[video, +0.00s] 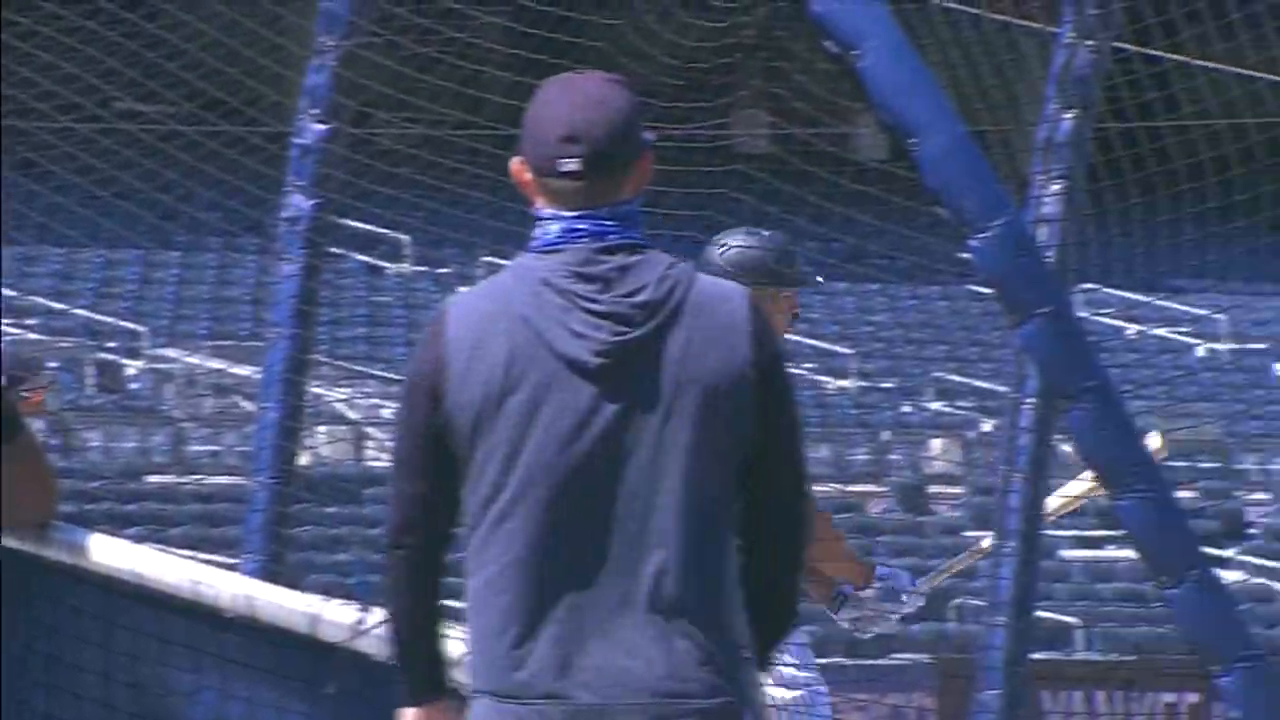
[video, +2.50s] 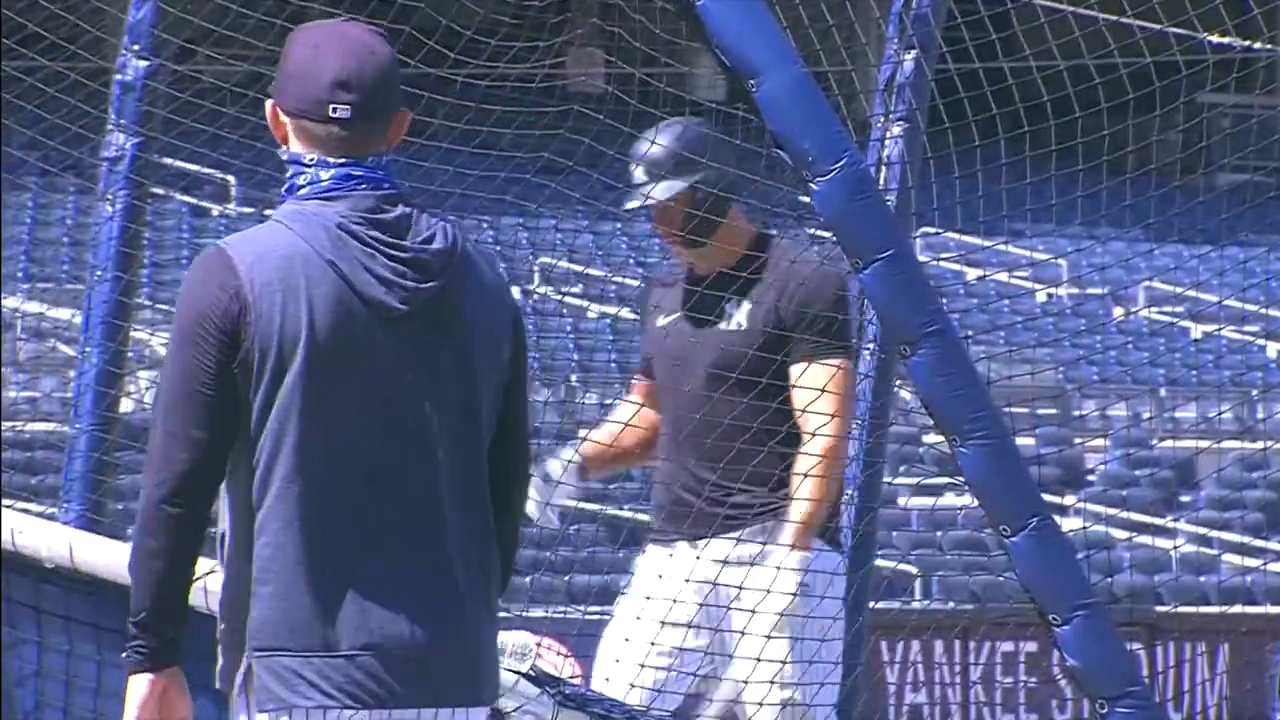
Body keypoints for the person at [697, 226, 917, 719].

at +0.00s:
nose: (794, 309)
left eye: (792, 297)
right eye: (787, 297)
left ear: (729, 299)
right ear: (757, 302)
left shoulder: (691, 372)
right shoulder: (748, 376)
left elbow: (756, 508)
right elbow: (791, 504)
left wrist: (832, 592)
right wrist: (867, 577)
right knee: (802, 704)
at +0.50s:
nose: (734, 308)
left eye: (731, 293)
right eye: (720, 295)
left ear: (680, 308)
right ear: (687, 308)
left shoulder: (658, 384)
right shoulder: (693, 391)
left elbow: (717, 524)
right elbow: (745, 520)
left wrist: (790, 616)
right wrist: (821, 601)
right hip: (678, 634)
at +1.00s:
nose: (819, 305)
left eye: (824, 289)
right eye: (800, 293)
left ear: (835, 289)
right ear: (759, 297)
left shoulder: (849, 388)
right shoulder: (718, 383)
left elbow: (864, 515)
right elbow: (722, 516)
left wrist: (852, 609)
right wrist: (809, 595)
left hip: (816, 624)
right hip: (722, 627)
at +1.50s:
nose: (688, 238)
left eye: (701, 222)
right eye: (675, 226)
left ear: (734, 218)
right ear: (662, 230)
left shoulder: (812, 303)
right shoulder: (651, 317)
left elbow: (840, 438)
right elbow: (631, 445)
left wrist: (830, 543)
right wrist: (669, 540)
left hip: (802, 553)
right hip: (700, 559)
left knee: (820, 708)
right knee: (715, 708)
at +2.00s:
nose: (645, 279)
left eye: (656, 257)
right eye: (631, 262)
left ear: (696, 243)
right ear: (619, 261)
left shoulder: (778, 315)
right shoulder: (634, 327)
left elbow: (847, 436)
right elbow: (621, 445)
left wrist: (905, 548)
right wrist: (603, 567)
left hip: (761, 557)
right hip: (678, 567)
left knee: (726, 706)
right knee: (721, 707)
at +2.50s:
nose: (668, 226)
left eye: (682, 207)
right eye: (655, 211)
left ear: (726, 195)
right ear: (645, 209)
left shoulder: (807, 279)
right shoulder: (665, 292)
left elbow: (826, 431)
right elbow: (648, 415)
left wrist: (791, 550)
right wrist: (575, 463)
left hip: (779, 547)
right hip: (675, 552)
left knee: (783, 708)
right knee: (617, 708)